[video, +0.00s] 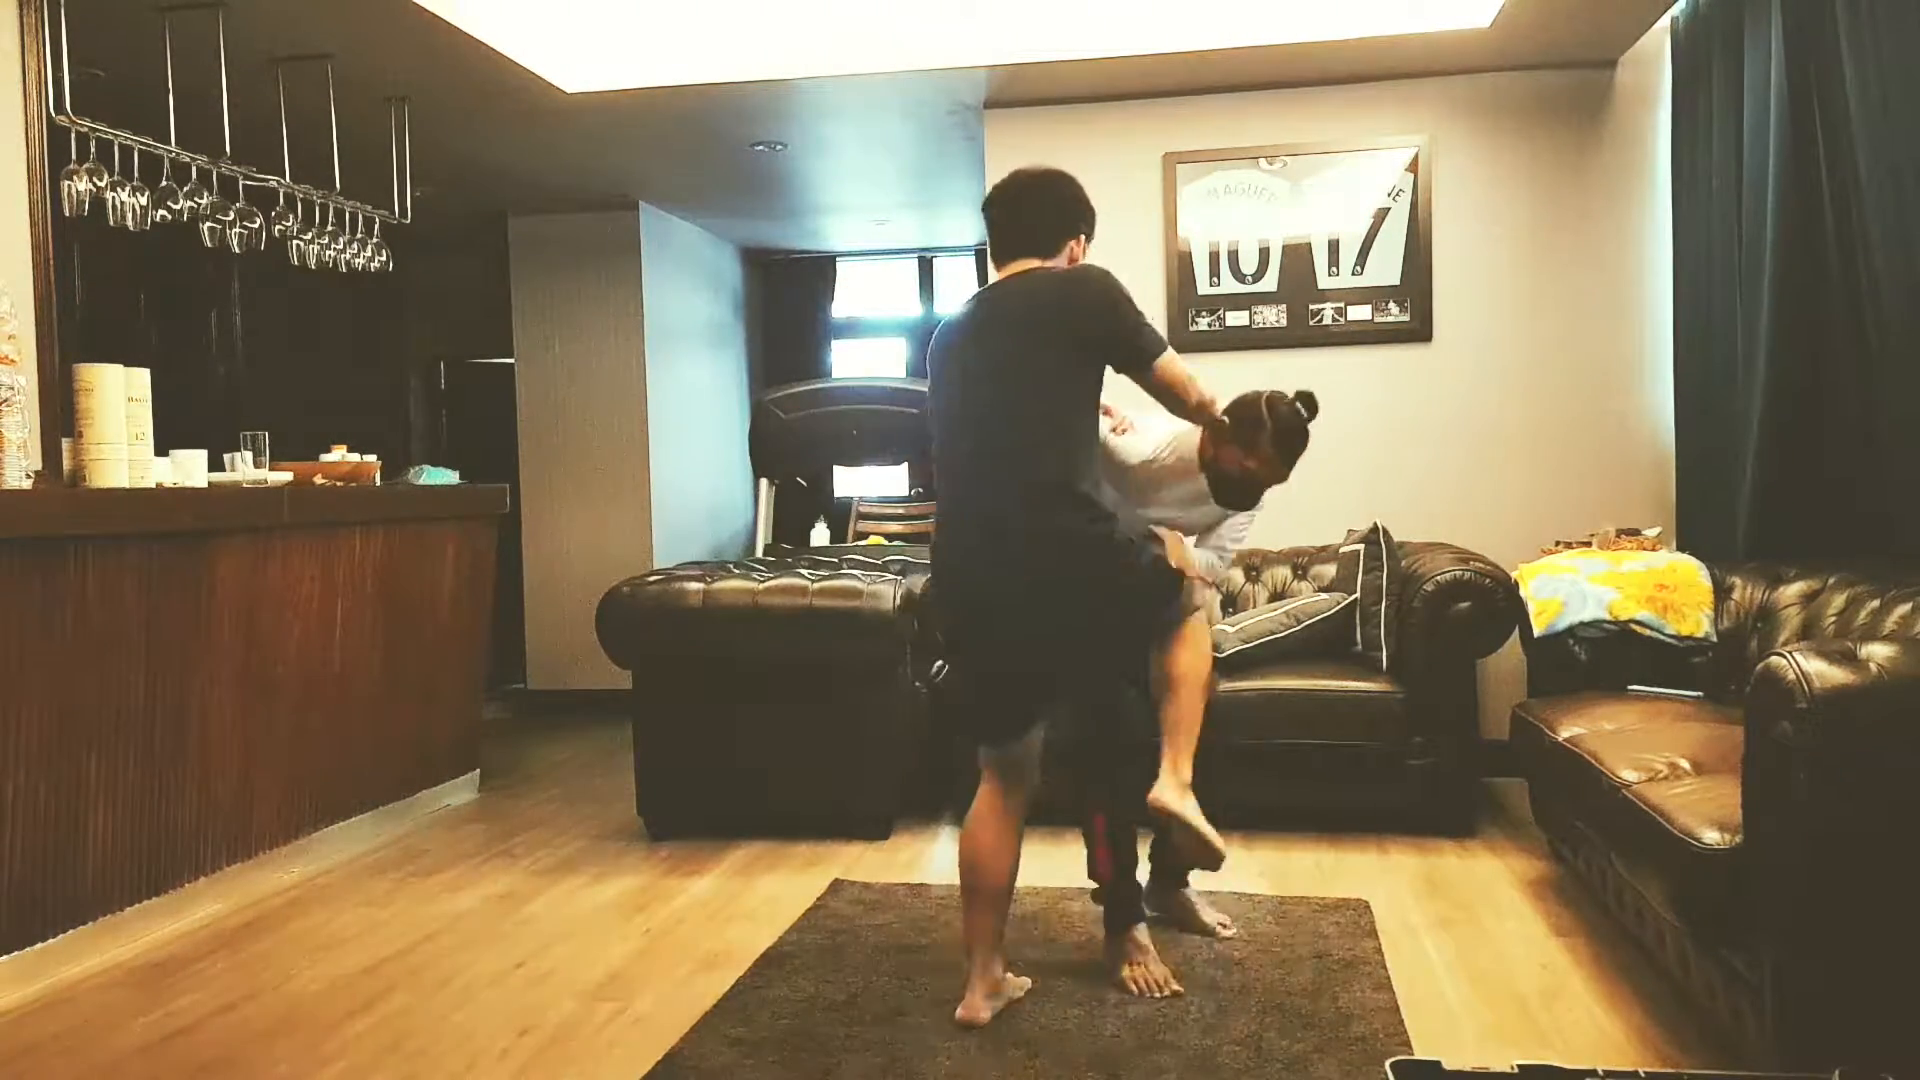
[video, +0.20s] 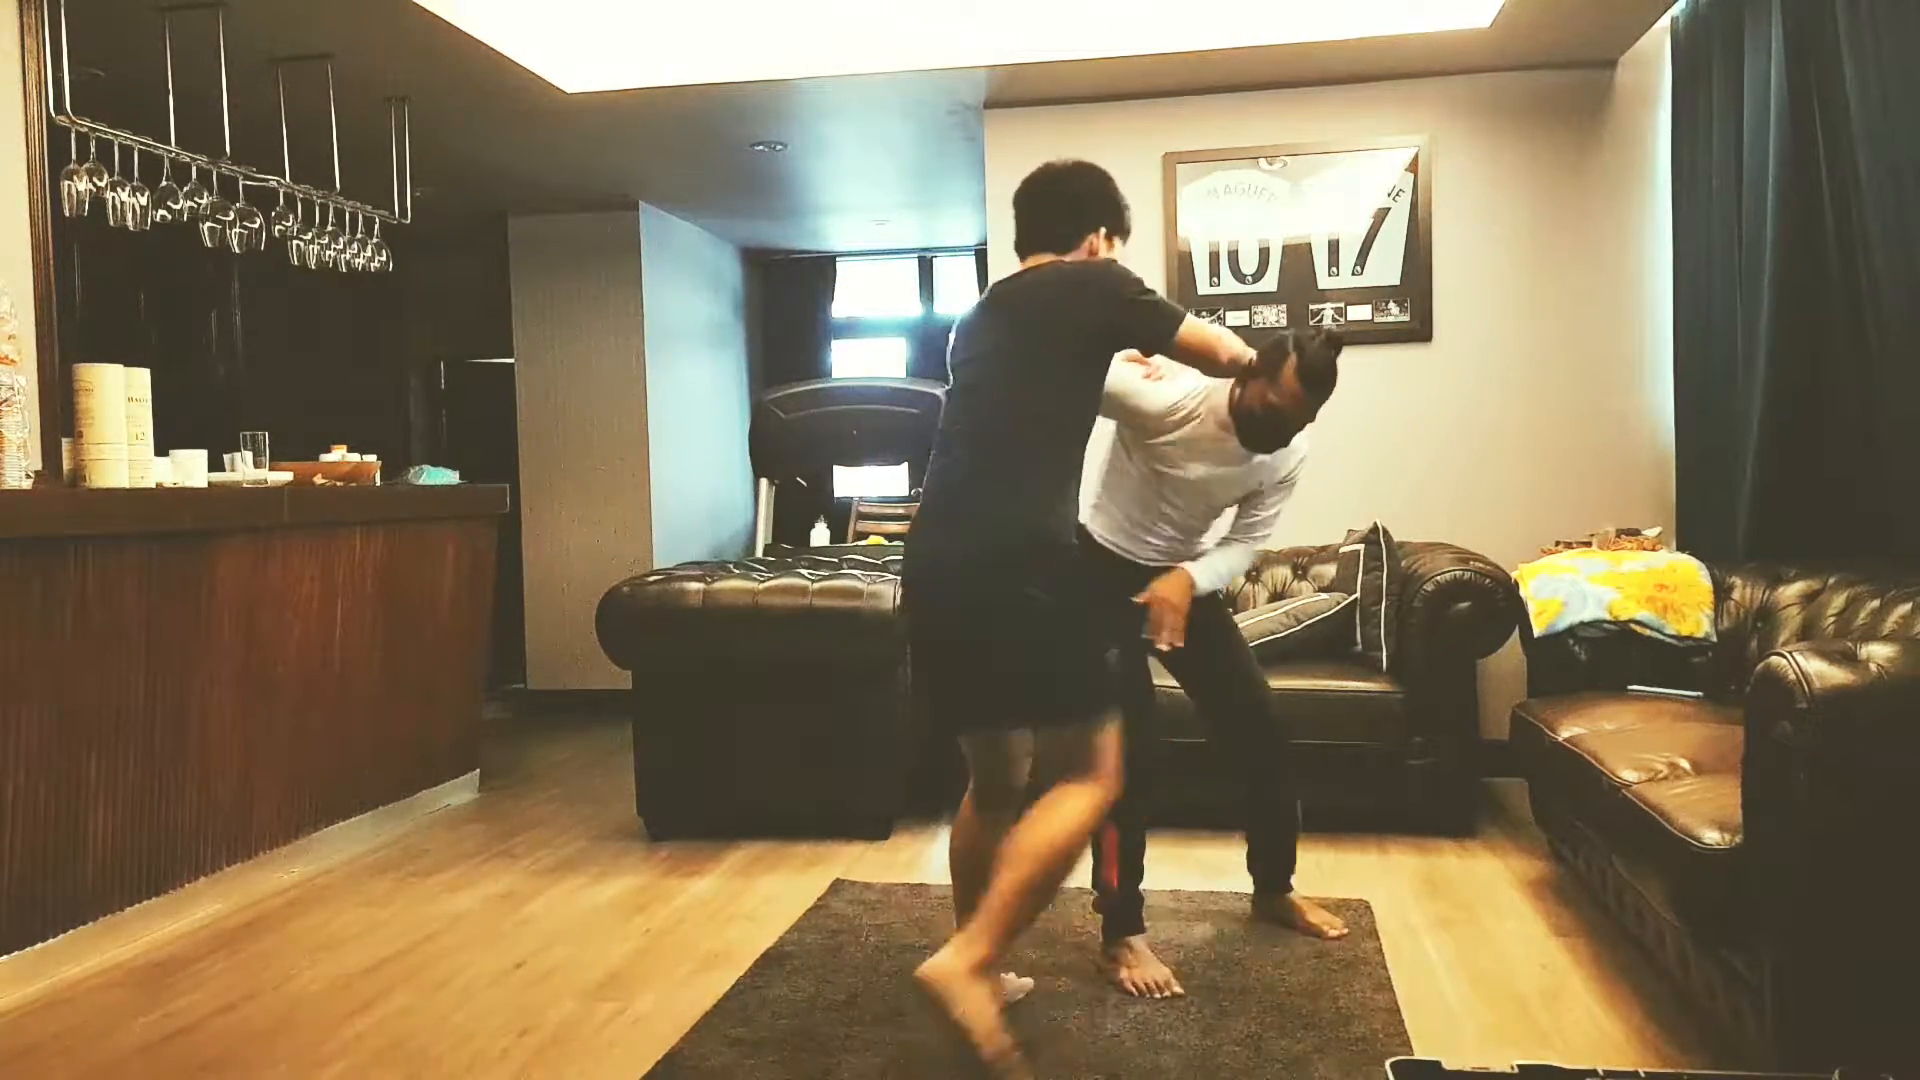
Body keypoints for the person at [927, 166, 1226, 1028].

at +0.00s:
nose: (1087, 259)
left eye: (1086, 250)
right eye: (1087, 248)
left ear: (991, 247)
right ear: (1073, 245)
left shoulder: (952, 332)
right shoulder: (1084, 291)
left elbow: (963, 446)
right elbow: (1187, 395)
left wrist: (1079, 414)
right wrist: (1218, 420)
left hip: (970, 559)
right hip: (1061, 543)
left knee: (1000, 771)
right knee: (1185, 605)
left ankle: (983, 979)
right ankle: (1174, 777)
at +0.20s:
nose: (1117, 256)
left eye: (1116, 246)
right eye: (1117, 245)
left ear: (1028, 239)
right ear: (1095, 239)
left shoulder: (984, 311)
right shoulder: (1097, 288)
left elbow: (1046, 372)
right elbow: (1226, 354)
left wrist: (1135, 352)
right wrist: (1213, 351)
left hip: (939, 555)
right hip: (1029, 554)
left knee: (990, 784)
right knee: (1093, 774)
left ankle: (976, 959)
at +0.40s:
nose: (1147, 308)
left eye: (1149, 298)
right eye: (1147, 296)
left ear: (1061, 282)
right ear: (1124, 286)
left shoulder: (1019, 335)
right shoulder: (1108, 325)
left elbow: (1081, 429)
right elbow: (1227, 392)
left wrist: (1152, 413)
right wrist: (1268, 388)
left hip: (928, 574)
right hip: (992, 579)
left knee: (1001, 790)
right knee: (1036, 806)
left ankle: (962, 978)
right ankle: (902, 1013)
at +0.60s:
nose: (1137, 324)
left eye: (1144, 311)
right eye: (1142, 304)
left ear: (1059, 269)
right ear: (1115, 276)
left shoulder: (1005, 324)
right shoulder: (1084, 321)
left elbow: (1024, 426)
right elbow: (1151, 432)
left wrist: (1108, 469)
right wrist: (1245, 465)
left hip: (930, 571)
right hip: (1011, 561)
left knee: (1018, 774)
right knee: (1199, 639)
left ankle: (970, 977)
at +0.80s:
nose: (1146, 302)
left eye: (1152, 286)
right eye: (1148, 281)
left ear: (1076, 255)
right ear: (1112, 255)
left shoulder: (1007, 306)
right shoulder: (1071, 305)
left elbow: (1044, 422)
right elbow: (1144, 407)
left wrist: (1122, 459)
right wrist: (1243, 434)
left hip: (914, 560)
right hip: (978, 562)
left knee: (985, 768)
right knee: (1100, 747)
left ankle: (965, 978)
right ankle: (909, 845)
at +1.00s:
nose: (1135, 311)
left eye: (1139, 295)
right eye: (1134, 290)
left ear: (1067, 270)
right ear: (1094, 270)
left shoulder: (1011, 328)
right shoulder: (1059, 324)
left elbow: (986, 458)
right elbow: (1179, 385)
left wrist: (1066, 482)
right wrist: (1261, 388)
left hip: (950, 601)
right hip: (897, 595)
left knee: (1024, 769)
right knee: (845, 801)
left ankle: (947, 952)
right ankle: (671, 937)